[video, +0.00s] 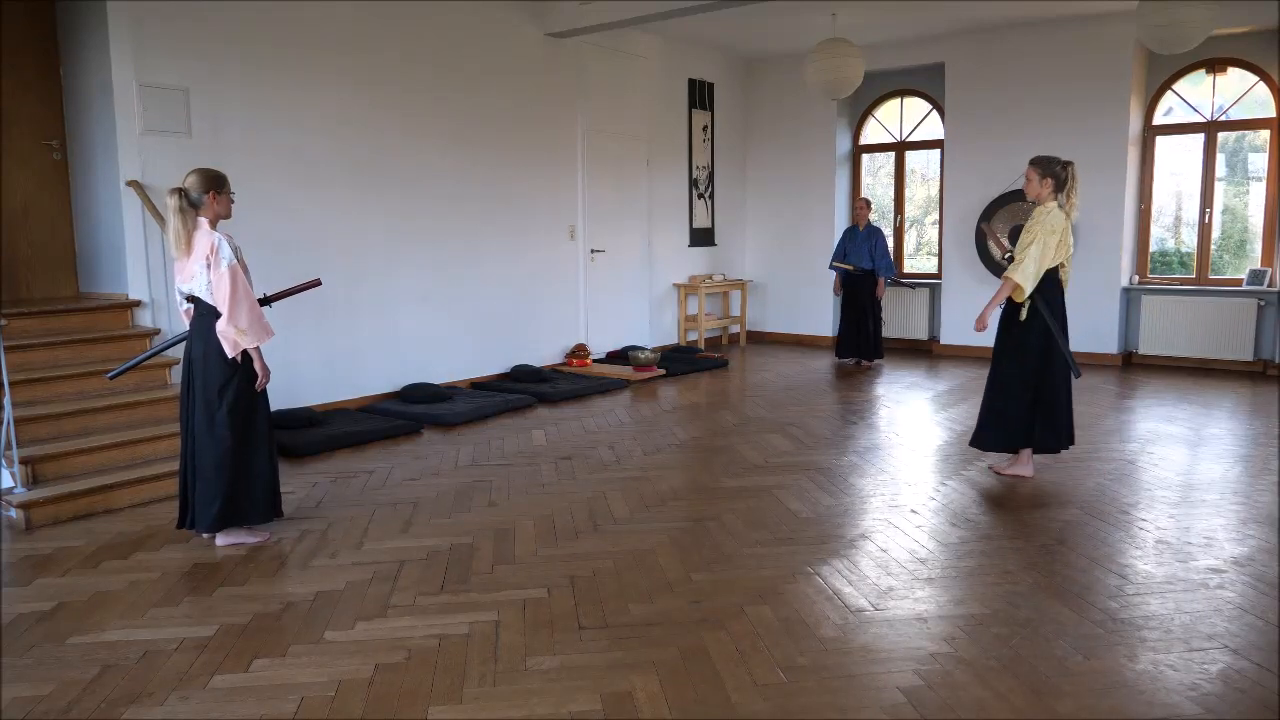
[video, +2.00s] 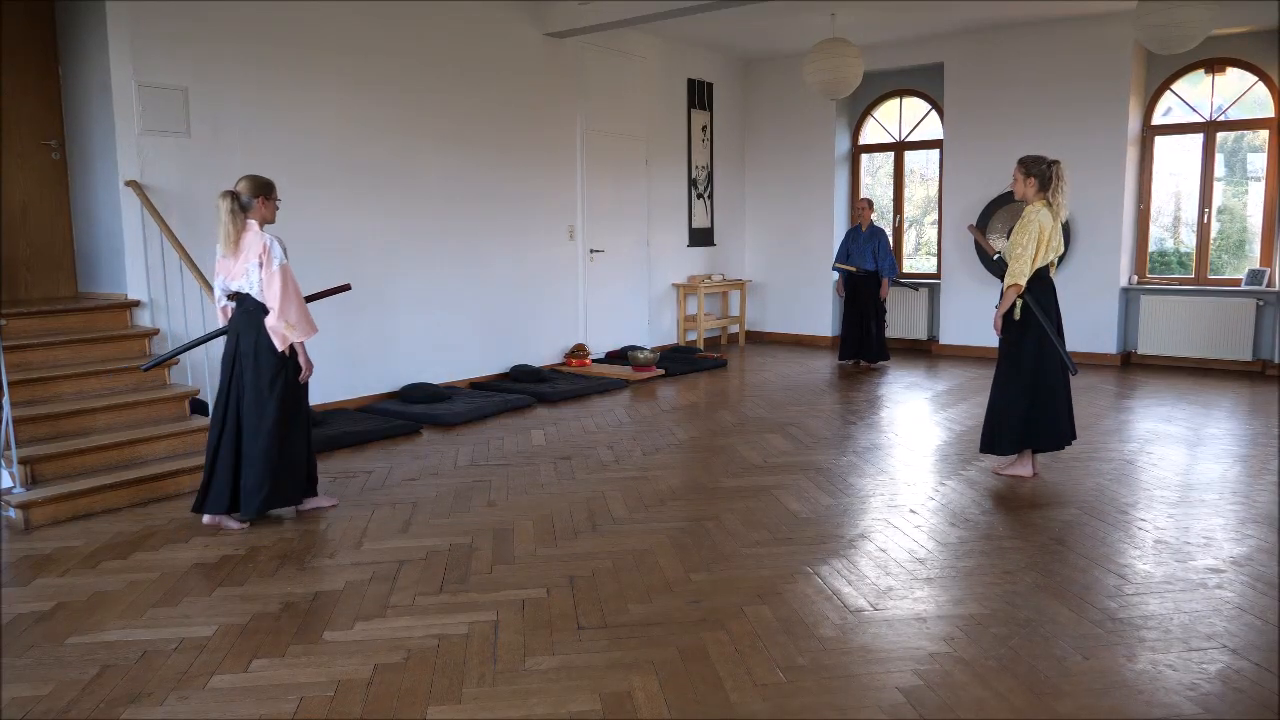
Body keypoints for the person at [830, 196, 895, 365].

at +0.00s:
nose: (858, 211)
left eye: (861, 208)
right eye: (856, 208)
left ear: (869, 211)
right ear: (853, 211)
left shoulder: (876, 232)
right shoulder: (848, 232)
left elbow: (882, 259)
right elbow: (840, 257)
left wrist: (881, 283)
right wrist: (838, 278)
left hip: (869, 277)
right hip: (850, 277)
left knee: (868, 317)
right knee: (851, 315)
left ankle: (868, 356)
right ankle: (855, 354)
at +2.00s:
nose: (859, 212)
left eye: (863, 209)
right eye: (857, 209)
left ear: (871, 211)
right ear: (854, 211)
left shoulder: (878, 233)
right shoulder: (851, 233)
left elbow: (886, 260)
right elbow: (842, 257)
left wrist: (885, 284)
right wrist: (840, 279)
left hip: (871, 279)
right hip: (853, 279)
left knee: (871, 318)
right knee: (853, 317)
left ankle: (871, 357)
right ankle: (855, 356)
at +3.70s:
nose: (824, 215)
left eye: (828, 212)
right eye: (822, 212)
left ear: (836, 213)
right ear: (821, 214)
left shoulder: (845, 236)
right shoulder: (816, 235)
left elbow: (853, 262)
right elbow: (807, 259)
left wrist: (853, 286)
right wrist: (805, 282)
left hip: (839, 283)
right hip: (818, 282)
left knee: (841, 322)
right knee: (819, 321)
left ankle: (845, 360)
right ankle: (822, 359)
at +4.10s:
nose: (806, 215)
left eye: (809, 212)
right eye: (804, 212)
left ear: (818, 213)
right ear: (802, 214)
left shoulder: (828, 236)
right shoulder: (798, 235)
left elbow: (836, 263)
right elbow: (789, 261)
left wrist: (837, 288)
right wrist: (787, 284)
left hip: (822, 284)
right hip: (802, 283)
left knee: (818, 324)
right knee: (802, 323)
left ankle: (812, 363)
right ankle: (800, 362)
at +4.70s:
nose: (782, 214)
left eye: (785, 211)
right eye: (780, 211)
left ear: (795, 212)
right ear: (778, 213)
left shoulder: (805, 236)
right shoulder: (774, 236)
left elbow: (813, 264)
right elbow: (765, 263)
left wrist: (811, 289)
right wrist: (762, 287)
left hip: (797, 286)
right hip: (776, 285)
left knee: (796, 328)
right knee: (773, 327)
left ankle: (794, 369)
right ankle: (772, 367)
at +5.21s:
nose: (752, 212)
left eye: (756, 209)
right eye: (750, 209)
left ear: (766, 210)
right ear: (748, 211)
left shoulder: (776, 234)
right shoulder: (744, 235)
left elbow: (786, 262)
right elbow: (736, 262)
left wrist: (781, 283)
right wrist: (734, 287)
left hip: (771, 286)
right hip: (749, 285)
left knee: (773, 328)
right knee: (749, 329)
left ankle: (775, 371)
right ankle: (754, 372)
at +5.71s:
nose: (736, 198)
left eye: (740, 194)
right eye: (733, 194)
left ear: (751, 195)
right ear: (731, 197)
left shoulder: (763, 223)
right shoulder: (724, 224)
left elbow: (777, 255)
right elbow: (706, 250)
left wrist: (758, 264)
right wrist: (717, 260)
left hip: (757, 285)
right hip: (732, 284)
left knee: (756, 334)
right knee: (728, 330)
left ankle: (756, 385)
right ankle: (734, 380)